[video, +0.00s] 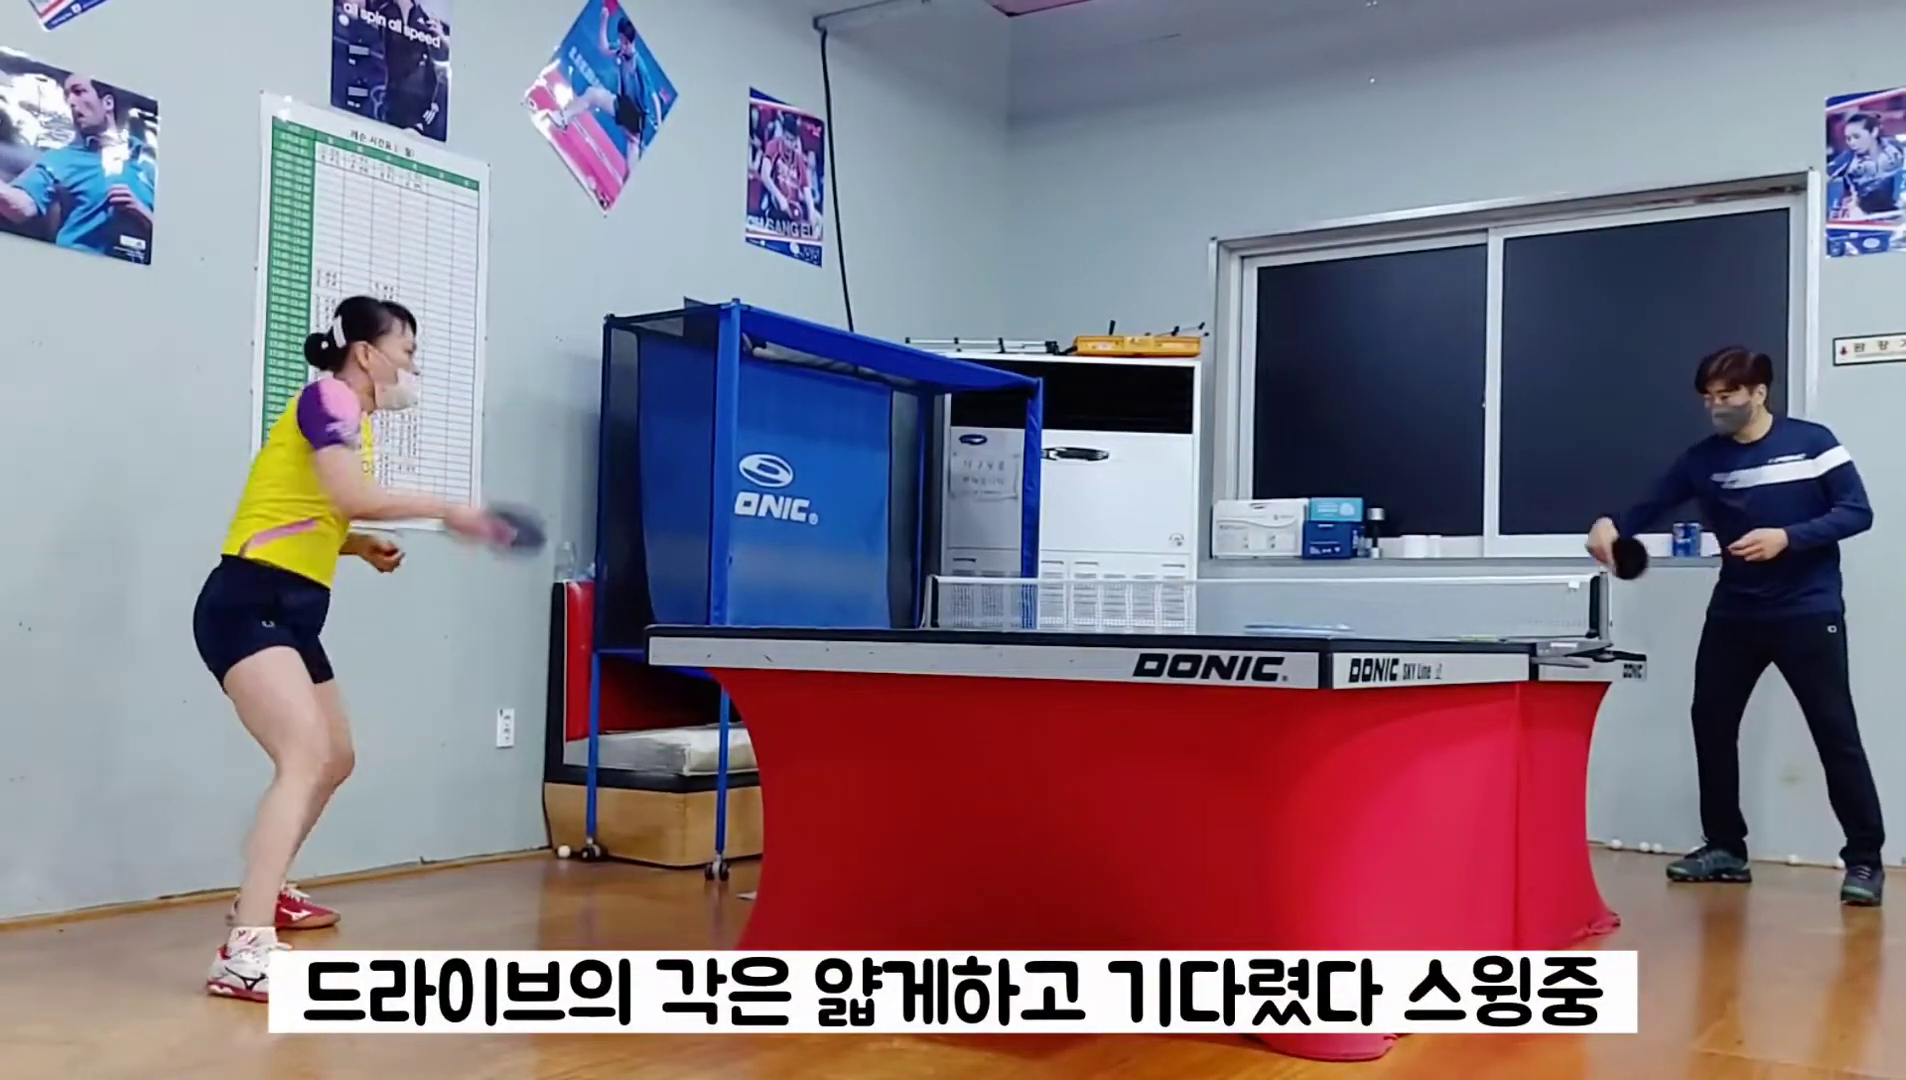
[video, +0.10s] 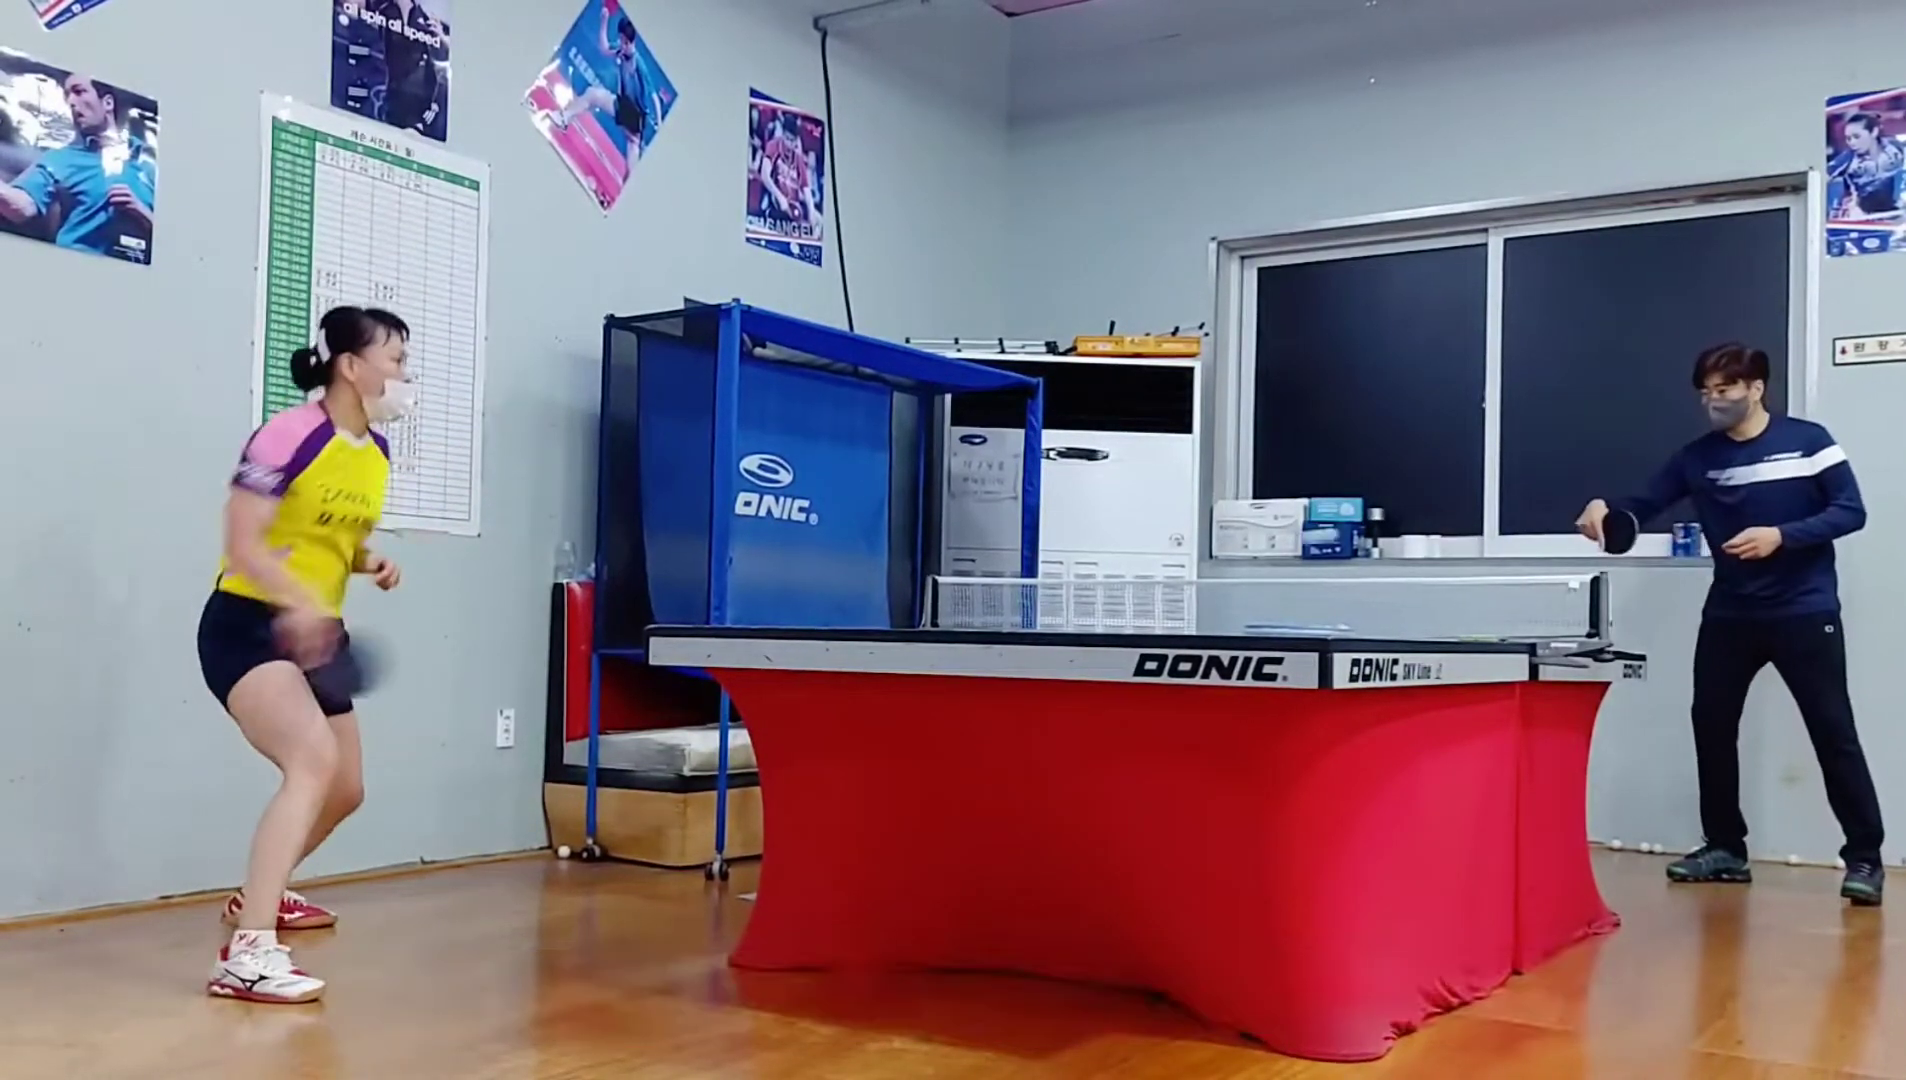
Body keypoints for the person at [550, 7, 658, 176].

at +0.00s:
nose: (622, 43)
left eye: (624, 40)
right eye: (621, 39)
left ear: (629, 41)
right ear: (620, 38)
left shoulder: (632, 56)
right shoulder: (622, 53)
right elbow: (604, 49)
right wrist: (603, 22)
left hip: (628, 108)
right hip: (636, 115)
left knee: (593, 94)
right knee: (632, 163)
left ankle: (562, 117)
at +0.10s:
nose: (621, 42)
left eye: (623, 39)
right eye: (621, 39)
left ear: (628, 41)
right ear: (621, 39)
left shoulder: (632, 56)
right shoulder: (622, 53)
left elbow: (631, 58)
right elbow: (604, 50)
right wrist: (604, 22)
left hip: (628, 108)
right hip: (637, 115)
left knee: (593, 94)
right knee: (632, 160)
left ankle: (563, 117)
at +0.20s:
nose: (621, 44)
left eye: (623, 41)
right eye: (621, 40)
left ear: (628, 42)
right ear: (621, 39)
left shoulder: (635, 60)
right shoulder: (622, 54)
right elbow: (604, 50)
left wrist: (659, 122)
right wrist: (604, 22)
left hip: (629, 109)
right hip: (636, 115)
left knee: (592, 94)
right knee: (632, 160)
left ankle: (563, 117)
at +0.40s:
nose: (622, 43)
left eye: (624, 40)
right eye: (621, 39)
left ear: (628, 41)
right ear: (621, 39)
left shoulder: (634, 58)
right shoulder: (622, 53)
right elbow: (604, 50)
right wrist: (604, 22)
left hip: (629, 109)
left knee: (593, 94)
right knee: (633, 146)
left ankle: (563, 118)